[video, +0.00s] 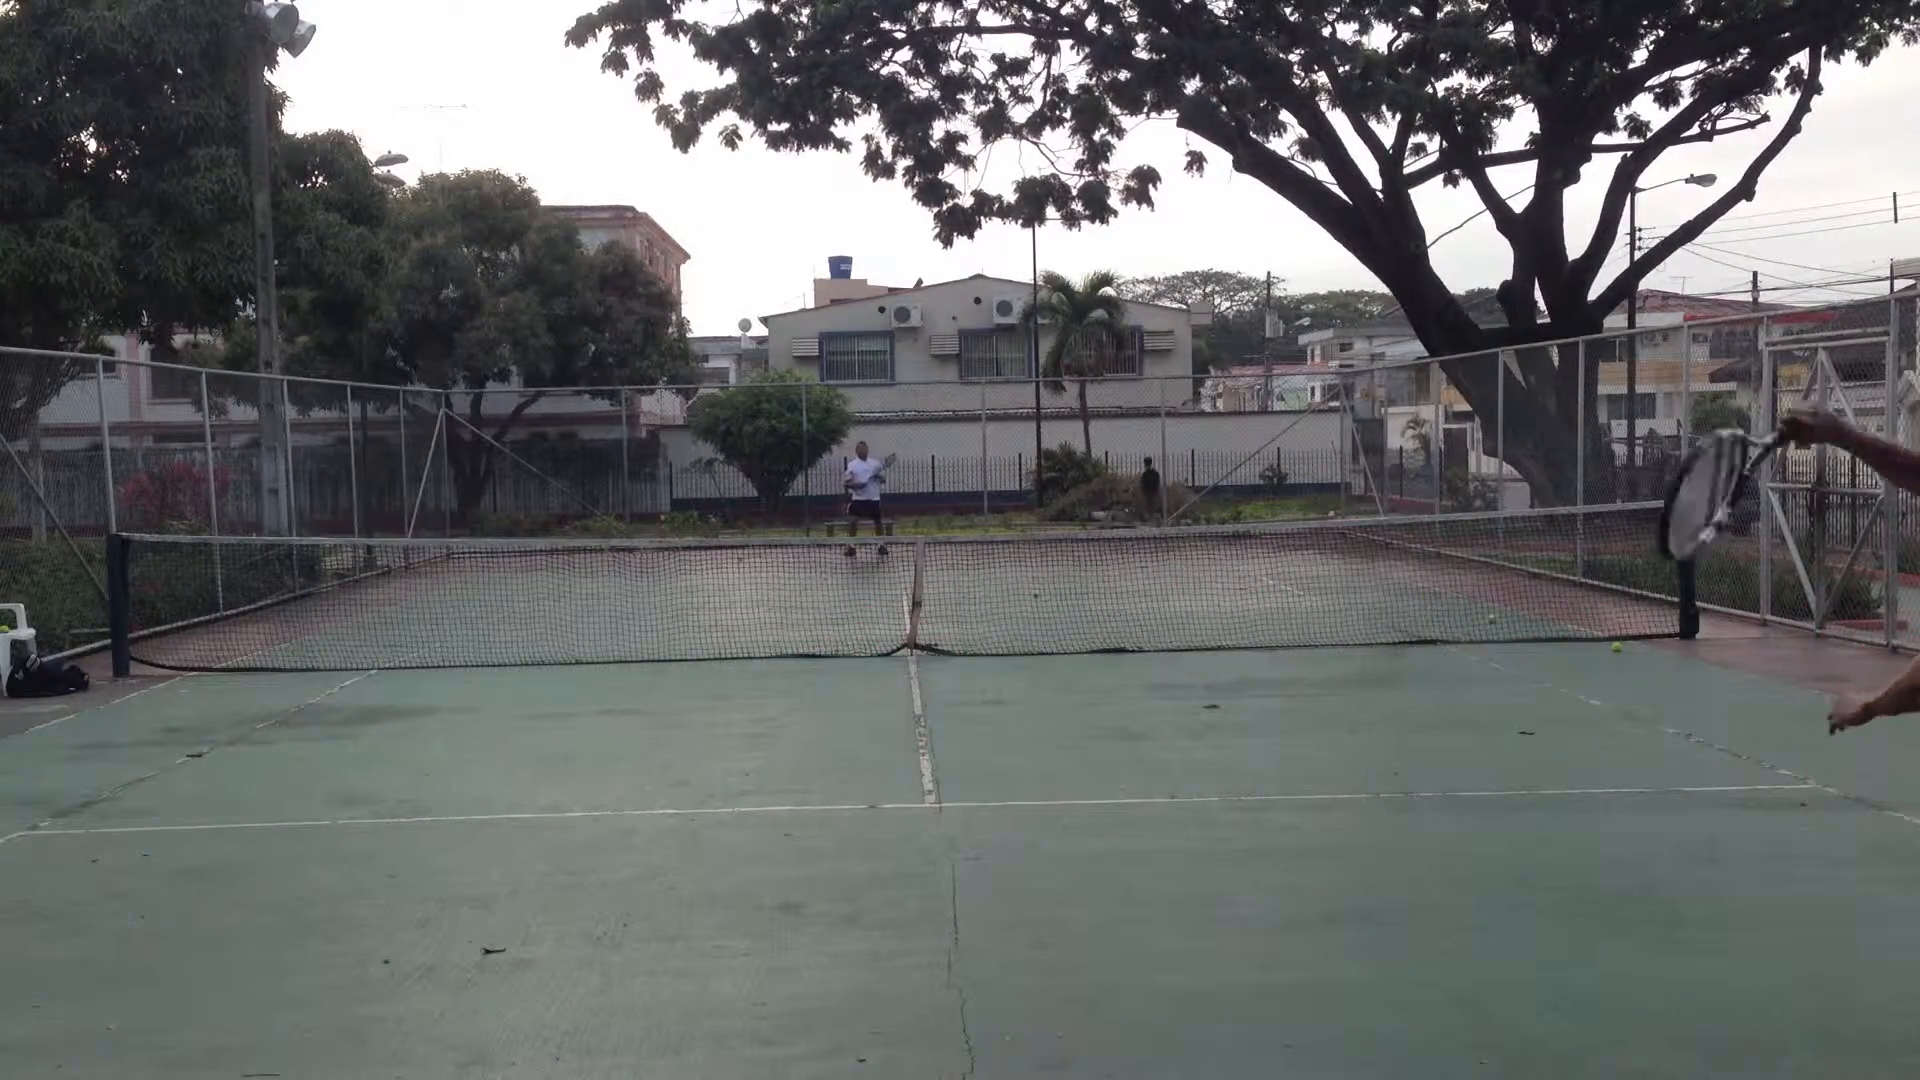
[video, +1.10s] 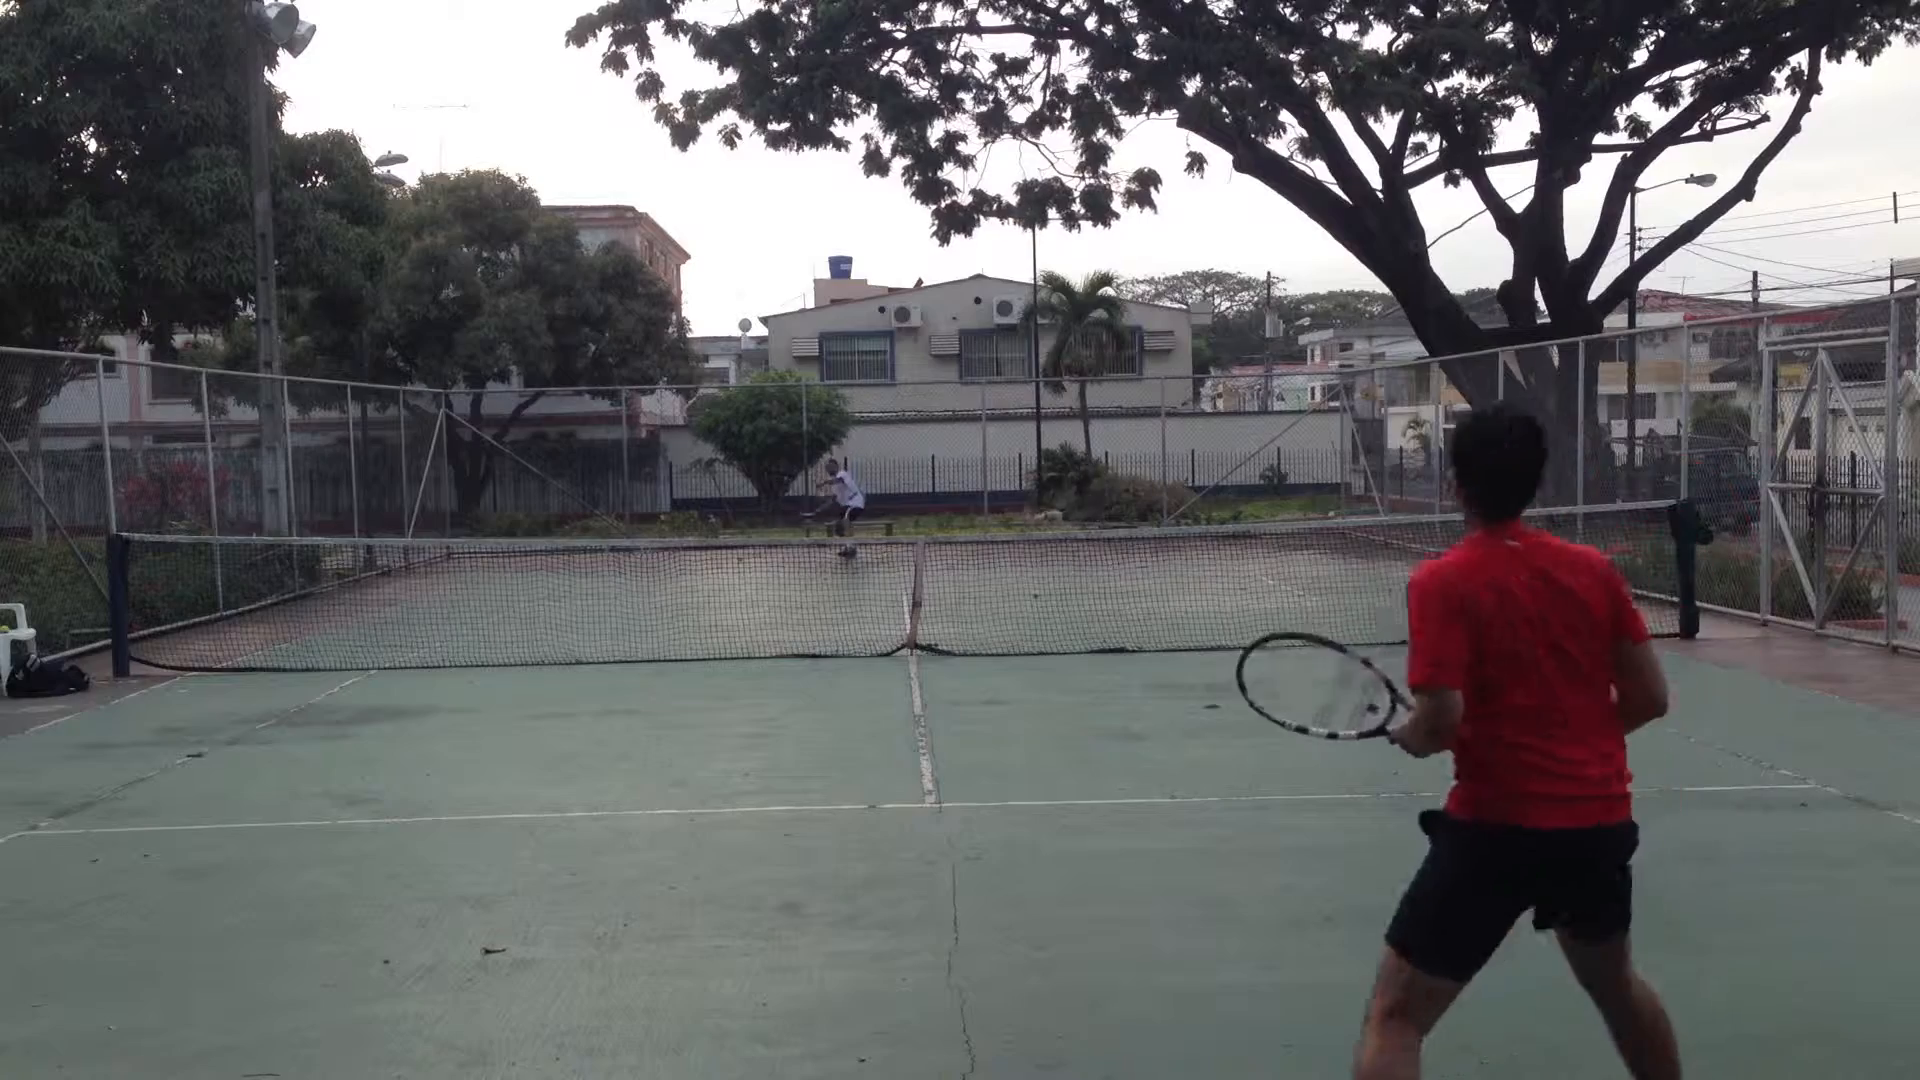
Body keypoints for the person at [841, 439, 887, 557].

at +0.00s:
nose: (862, 452)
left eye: (864, 449)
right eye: (860, 449)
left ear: (867, 450)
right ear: (856, 451)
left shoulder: (875, 463)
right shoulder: (852, 465)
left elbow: (883, 479)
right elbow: (847, 482)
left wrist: (879, 478)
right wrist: (858, 485)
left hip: (873, 499)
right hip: (858, 499)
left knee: (878, 522)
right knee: (853, 522)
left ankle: (881, 545)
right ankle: (851, 546)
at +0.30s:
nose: (854, 455)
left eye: (856, 452)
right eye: (852, 452)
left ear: (860, 452)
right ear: (849, 453)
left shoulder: (867, 465)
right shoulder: (844, 465)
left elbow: (873, 482)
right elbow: (834, 477)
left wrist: (863, 479)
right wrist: (846, 480)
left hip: (863, 499)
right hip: (849, 498)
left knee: (870, 523)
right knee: (848, 523)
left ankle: (878, 544)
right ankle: (851, 546)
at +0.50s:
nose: (850, 452)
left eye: (852, 450)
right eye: (848, 450)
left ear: (855, 451)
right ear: (845, 451)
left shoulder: (860, 463)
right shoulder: (841, 462)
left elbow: (862, 481)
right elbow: (829, 472)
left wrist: (846, 476)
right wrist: (836, 475)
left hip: (859, 497)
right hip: (846, 496)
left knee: (857, 521)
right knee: (847, 522)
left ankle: (861, 545)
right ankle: (852, 545)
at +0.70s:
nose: (843, 454)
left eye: (846, 451)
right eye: (842, 452)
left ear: (850, 452)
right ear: (840, 453)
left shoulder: (855, 463)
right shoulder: (840, 464)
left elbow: (849, 473)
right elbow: (835, 475)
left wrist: (832, 473)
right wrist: (824, 476)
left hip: (857, 497)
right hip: (846, 496)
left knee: (853, 521)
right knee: (844, 520)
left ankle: (857, 546)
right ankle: (851, 545)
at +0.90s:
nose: (835, 460)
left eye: (837, 458)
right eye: (834, 458)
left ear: (842, 457)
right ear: (833, 459)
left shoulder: (848, 466)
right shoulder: (840, 470)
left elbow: (837, 473)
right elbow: (835, 485)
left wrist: (821, 473)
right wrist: (822, 491)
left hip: (856, 497)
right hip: (848, 498)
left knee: (845, 522)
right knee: (843, 522)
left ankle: (854, 544)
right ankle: (850, 545)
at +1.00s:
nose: (831, 465)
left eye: (833, 463)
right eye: (831, 463)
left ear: (837, 463)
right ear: (832, 464)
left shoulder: (845, 471)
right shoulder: (836, 479)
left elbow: (836, 477)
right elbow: (833, 495)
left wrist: (821, 479)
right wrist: (817, 501)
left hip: (856, 499)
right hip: (846, 500)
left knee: (843, 522)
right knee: (839, 522)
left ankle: (854, 544)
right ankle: (849, 545)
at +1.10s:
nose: (830, 471)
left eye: (832, 468)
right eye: (828, 469)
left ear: (836, 467)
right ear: (827, 470)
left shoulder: (843, 474)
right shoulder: (835, 483)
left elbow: (838, 480)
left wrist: (823, 483)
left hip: (856, 502)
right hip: (846, 504)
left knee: (846, 521)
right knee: (840, 525)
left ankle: (851, 547)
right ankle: (847, 546)